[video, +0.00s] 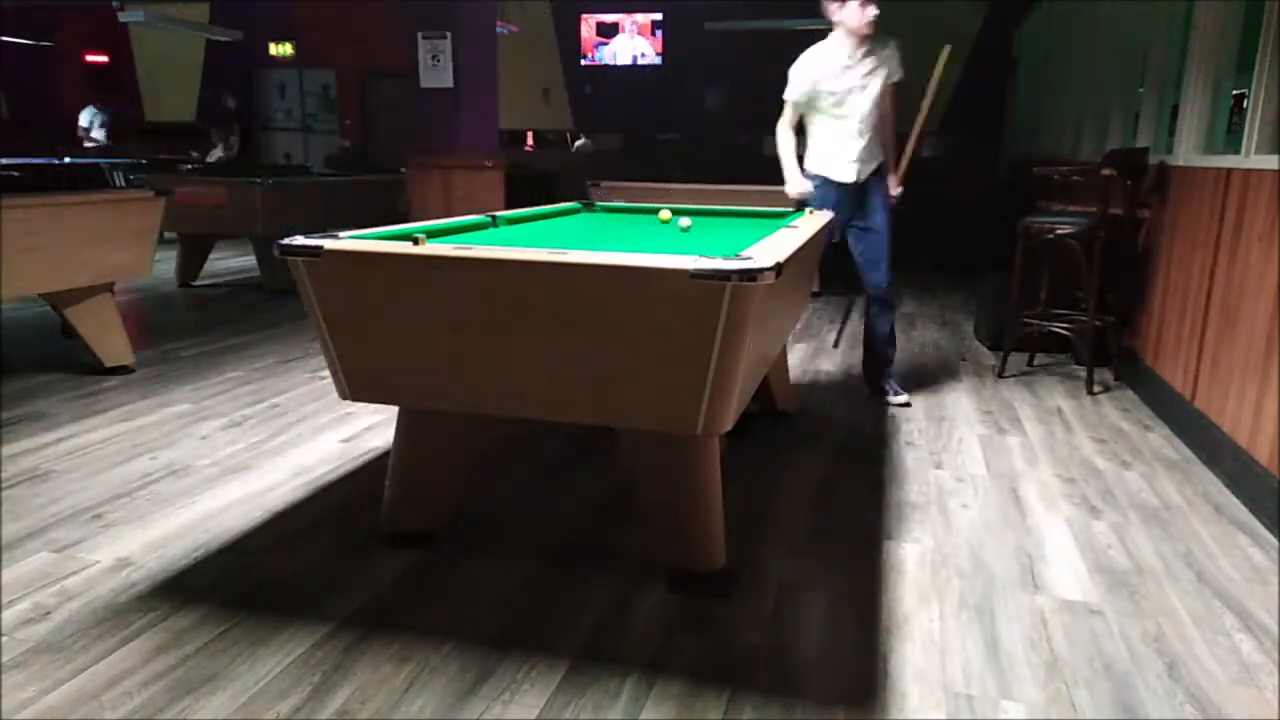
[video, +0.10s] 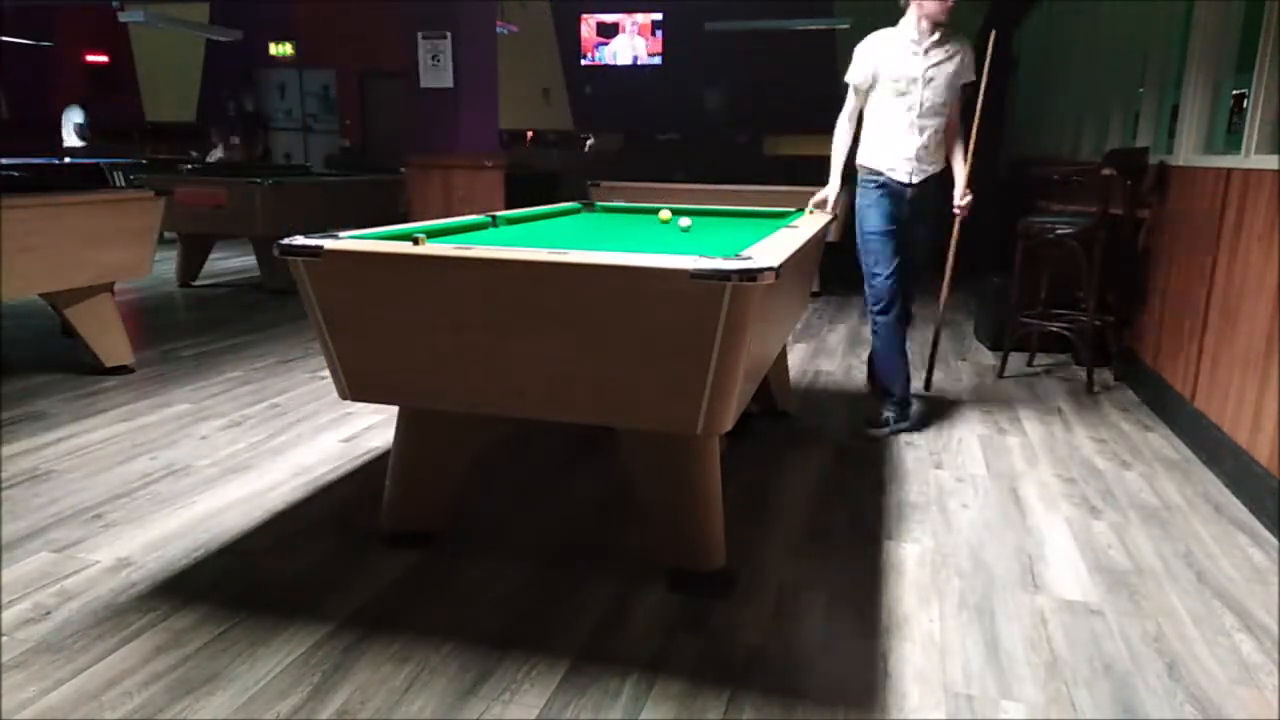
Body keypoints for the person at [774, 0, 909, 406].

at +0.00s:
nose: (872, 10)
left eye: (872, 3)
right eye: (861, 4)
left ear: (873, 9)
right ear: (834, 12)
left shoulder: (886, 55)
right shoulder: (812, 63)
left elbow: (886, 115)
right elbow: (785, 125)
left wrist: (890, 170)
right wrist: (792, 177)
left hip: (870, 185)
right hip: (822, 186)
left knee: (880, 286)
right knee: (796, 283)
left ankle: (881, 377)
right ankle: (760, 376)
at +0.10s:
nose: (947, 3)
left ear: (949, 7)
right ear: (915, 2)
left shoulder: (958, 54)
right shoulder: (875, 47)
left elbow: (954, 123)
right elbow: (848, 116)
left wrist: (961, 179)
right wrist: (834, 182)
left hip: (929, 188)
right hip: (877, 183)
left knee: (905, 291)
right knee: (883, 293)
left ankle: (880, 372)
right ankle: (897, 401)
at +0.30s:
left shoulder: (957, 11)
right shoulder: (945, 14)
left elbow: (969, 106)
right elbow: (946, 106)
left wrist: (900, 177)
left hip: (937, 186)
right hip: (915, 183)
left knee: (925, 326)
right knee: (890, 319)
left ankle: (929, 456)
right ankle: (908, 434)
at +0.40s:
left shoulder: (957, 11)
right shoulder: (955, 13)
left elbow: (921, 105)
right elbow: (927, 98)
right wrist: (883, 55)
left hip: (933, 181)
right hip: (910, 180)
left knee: (926, 325)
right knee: (895, 319)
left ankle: (930, 455)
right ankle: (908, 436)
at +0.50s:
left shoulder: (956, 11)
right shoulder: (956, 13)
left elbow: (917, 106)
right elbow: (924, 96)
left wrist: (863, 74)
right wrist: (878, 53)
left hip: (931, 181)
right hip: (910, 180)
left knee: (924, 325)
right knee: (894, 319)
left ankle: (930, 455)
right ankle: (908, 437)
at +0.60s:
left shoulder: (952, 8)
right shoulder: (937, 16)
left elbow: (949, 100)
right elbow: (926, 111)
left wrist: (875, 95)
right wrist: (860, 123)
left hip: (927, 178)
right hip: (904, 176)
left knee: (918, 323)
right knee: (892, 318)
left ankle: (929, 455)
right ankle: (909, 438)